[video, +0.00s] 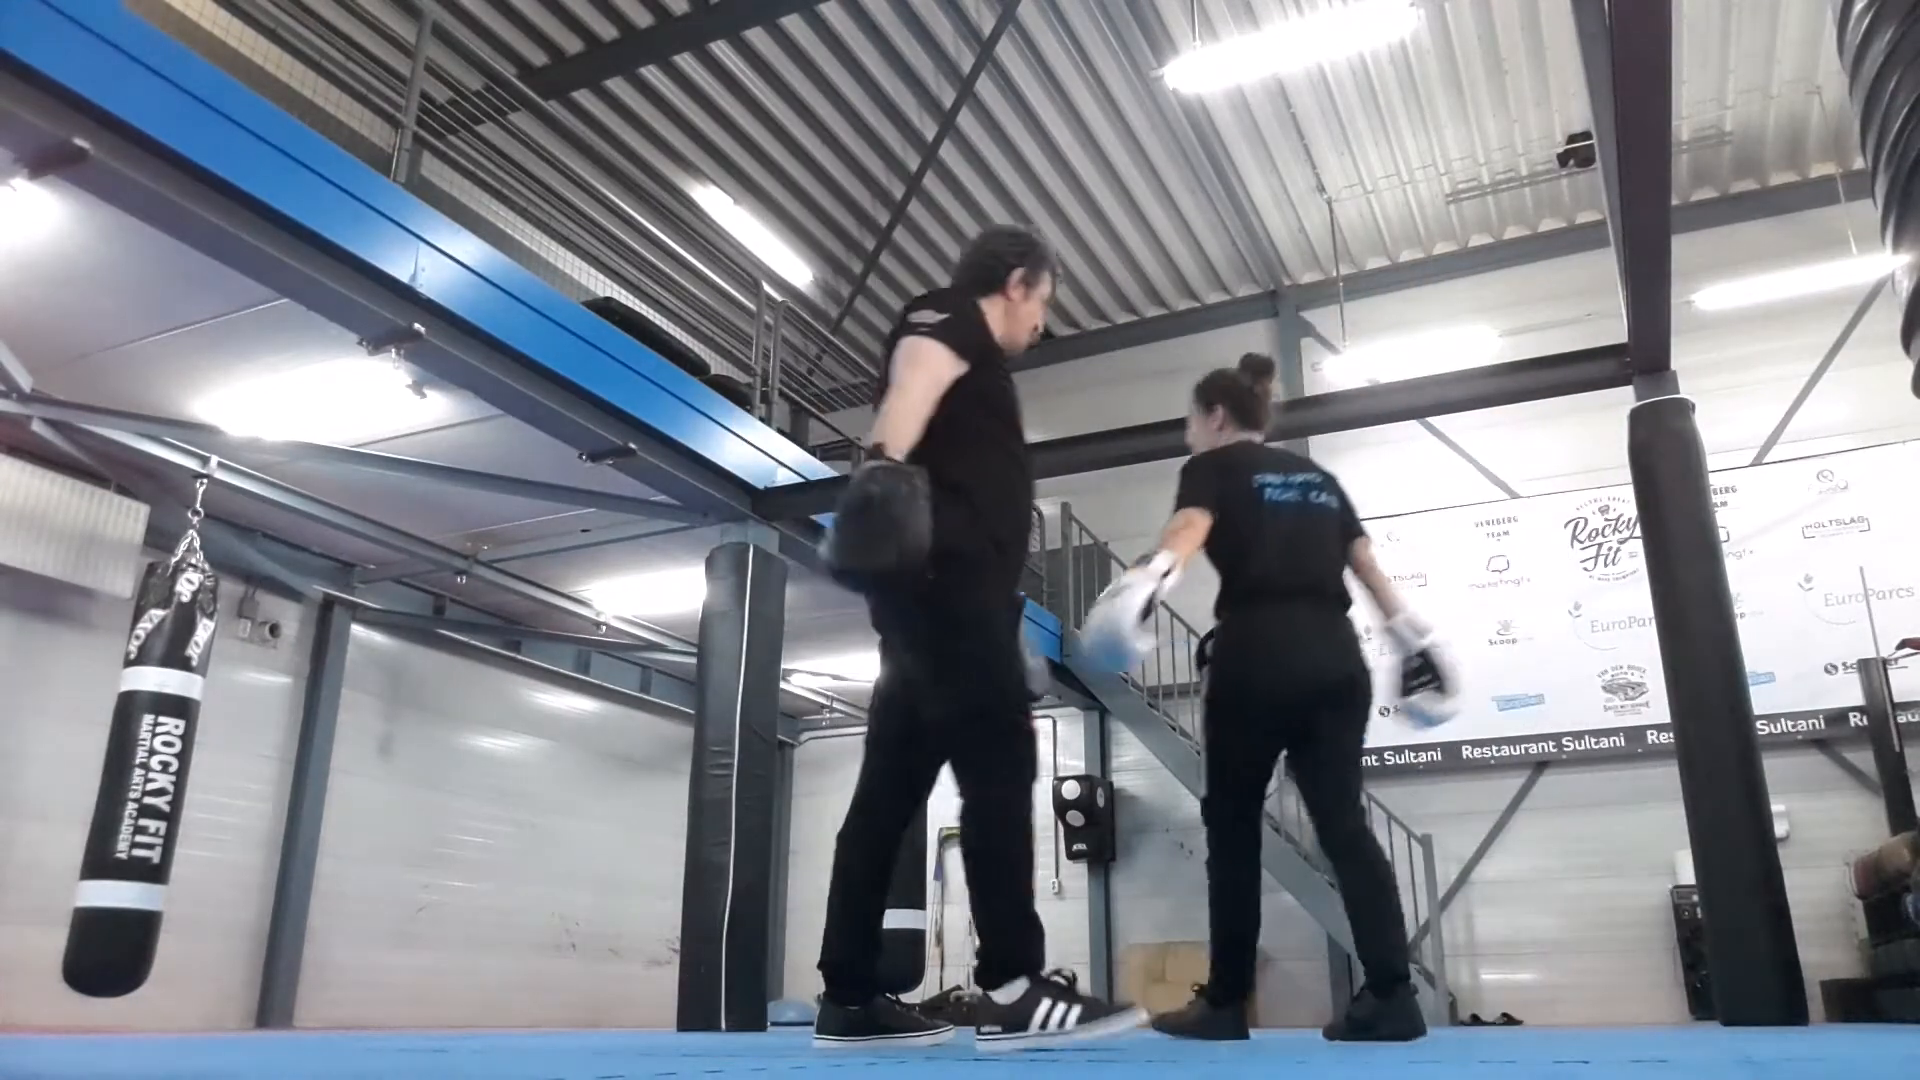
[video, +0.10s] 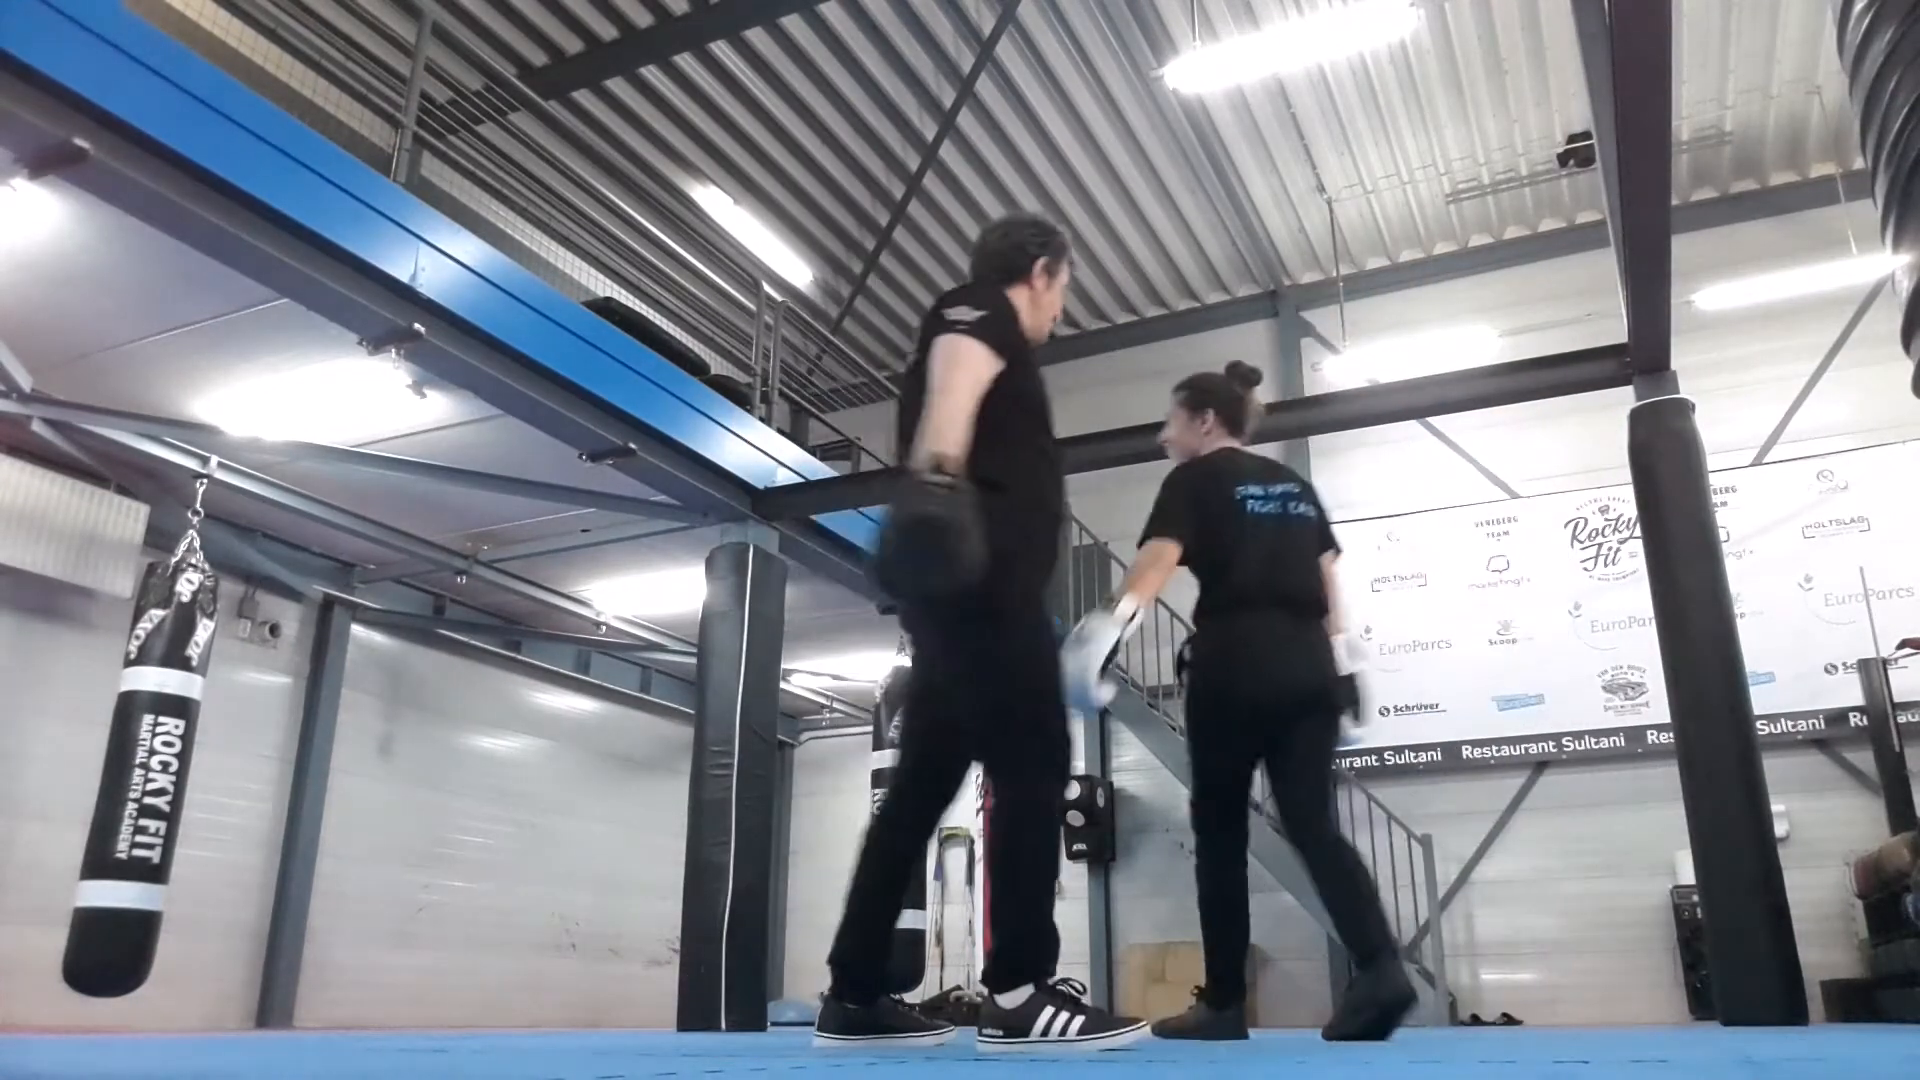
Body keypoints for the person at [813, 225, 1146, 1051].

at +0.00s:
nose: (1043, 322)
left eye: (1047, 309)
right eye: (1044, 304)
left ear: (1001, 285)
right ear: (1013, 284)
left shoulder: (975, 351)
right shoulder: (948, 319)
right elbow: (908, 400)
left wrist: (992, 583)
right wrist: (881, 481)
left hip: (942, 597)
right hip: (952, 594)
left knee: (887, 793)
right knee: (1001, 778)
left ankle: (851, 994)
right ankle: (1012, 981)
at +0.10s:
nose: (1063, 308)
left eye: (1065, 293)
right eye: (1063, 289)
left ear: (1009, 270)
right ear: (1036, 274)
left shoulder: (970, 336)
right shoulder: (980, 314)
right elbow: (949, 392)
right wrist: (938, 499)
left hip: (960, 589)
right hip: (991, 589)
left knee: (923, 783)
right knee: (1033, 773)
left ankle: (856, 992)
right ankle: (1021, 988)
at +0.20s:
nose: (1086, 294)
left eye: (1086, 279)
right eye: (1085, 277)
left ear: (1017, 264)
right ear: (1061, 268)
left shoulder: (983, 330)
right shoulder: (1017, 311)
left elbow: (939, 466)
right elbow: (1006, 390)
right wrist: (1026, 501)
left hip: (979, 574)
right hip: (1022, 571)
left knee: (996, 784)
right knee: (1056, 779)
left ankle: (879, 974)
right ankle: (1026, 992)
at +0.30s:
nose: (1109, 285)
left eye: (1108, 269)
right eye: (1108, 267)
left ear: (1030, 259)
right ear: (1087, 259)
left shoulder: (981, 348)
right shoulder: (1046, 298)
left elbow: (991, 481)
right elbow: (1071, 400)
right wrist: (1127, 498)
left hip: (1008, 584)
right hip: (1051, 579)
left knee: (1057, 784)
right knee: (1072, 784)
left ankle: (931, 951)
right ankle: (1024, 995)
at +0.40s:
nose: (1133, 268)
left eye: (1132, 255)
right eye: (1132, 254)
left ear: (1049, 251)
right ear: (1113, 248)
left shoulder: (997, 348)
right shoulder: (1079, 291)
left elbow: (1021, 484)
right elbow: (1135, 400)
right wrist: (1219, 503)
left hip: (1037, 579)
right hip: (1077, 576)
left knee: (1111, 757)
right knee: (1076, 770)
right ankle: (1023, 990)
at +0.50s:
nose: (1157, 264)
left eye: (1154, 251)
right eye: (1155, 250)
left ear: (1068, 251)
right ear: (1134, 247)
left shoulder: (1017, 345)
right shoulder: (1120, 295)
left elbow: (1046, 463)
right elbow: (1190, 403)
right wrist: (1273, 502)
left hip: (1046, 579)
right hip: (1111, 580)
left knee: (1163, 755)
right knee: (1070, 779)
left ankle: (1164, 958)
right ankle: (1022, 989)